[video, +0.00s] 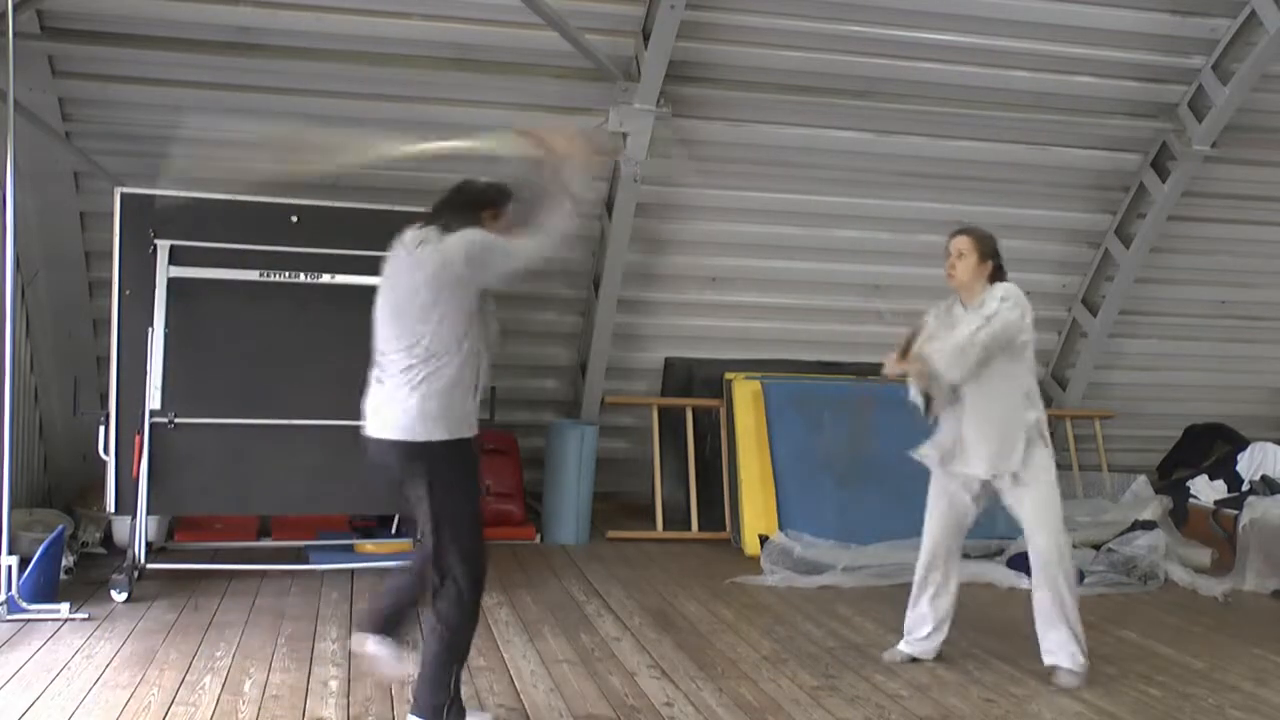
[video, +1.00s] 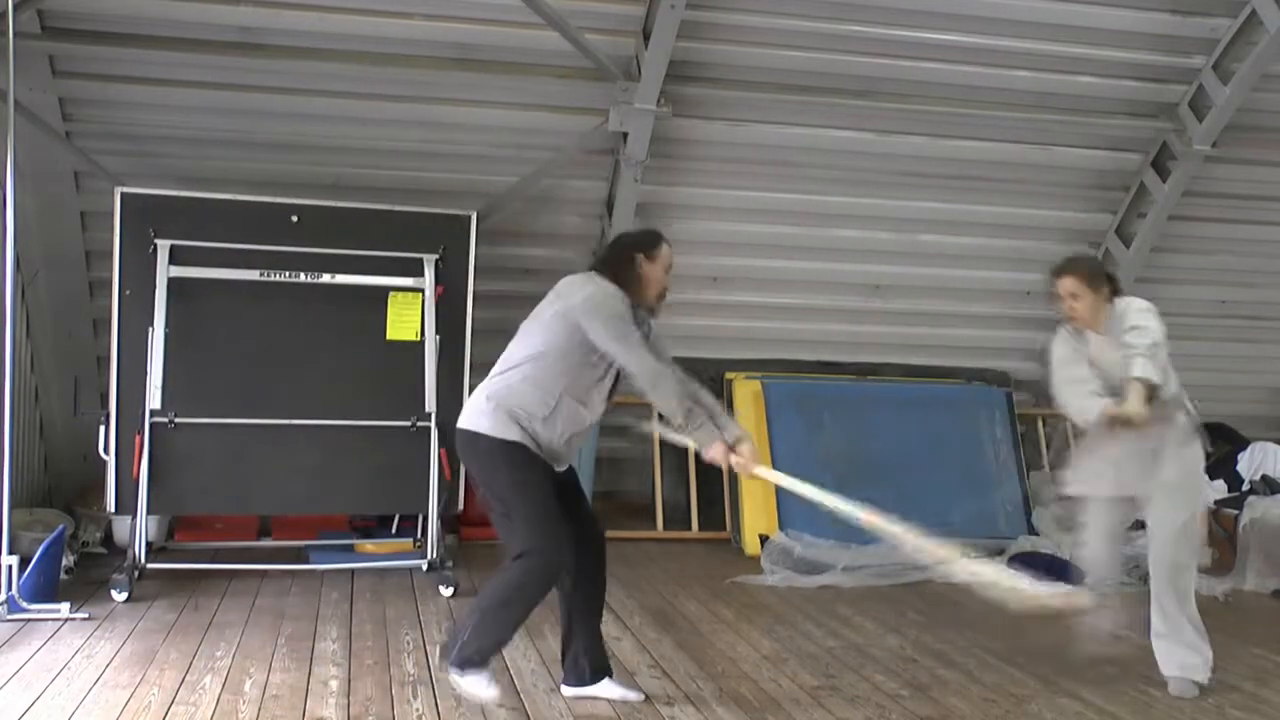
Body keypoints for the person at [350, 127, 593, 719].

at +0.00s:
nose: (502, 234)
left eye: (502, 224)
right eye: (501, 225)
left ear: (455, 208)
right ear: (486, 215)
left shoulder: (405, 244)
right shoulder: (466, 249)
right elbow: (550, 243)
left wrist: (544, 169)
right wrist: (576, 174)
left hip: (391, 428)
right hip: (437, 434)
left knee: (433, 550)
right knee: (461, 574)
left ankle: (378, 630)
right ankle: (435, 707)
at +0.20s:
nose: (548, 239)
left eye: (548, 227)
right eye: (544, 226)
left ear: (508, 224)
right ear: (519, 224)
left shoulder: (464, 263)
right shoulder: (483, 264)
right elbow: (541, 332)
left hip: (470, 436)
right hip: (458, 438)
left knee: (510, 554)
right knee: (495, 568)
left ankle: (518, 668)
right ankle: (437, 700)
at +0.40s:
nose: (588, 247)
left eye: (591, 239)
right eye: (582, 236)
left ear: (568, 235)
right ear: (553, 229)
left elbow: (612, 318)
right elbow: (542, 263)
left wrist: (639, 261)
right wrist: (613, 250)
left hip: (525, 439)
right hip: (474, 433)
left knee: (551, 551)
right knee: (525, 553)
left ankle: (517, 672)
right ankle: (443, 680)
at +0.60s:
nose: (590, 232)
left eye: (596, 225)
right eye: (582, 220)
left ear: (594, 232)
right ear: (559, 214)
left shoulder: (582, 277)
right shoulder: (513, 253)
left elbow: (621, 241)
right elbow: (565, 257)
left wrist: (610, 174)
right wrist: (591, 172)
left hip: (536, 437)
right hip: (487, 426)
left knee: (576, 526)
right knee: (482, 558)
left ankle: (537, 647)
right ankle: (430, 697)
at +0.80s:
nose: (635, 251)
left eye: (636, 241)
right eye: (630, 238)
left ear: (604, 237)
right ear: (604, 234)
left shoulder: (597, 295)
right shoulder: (559, 284)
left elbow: (637, 346)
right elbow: (617, 365)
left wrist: (677, 334)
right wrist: (678, 337)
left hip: (543, 450)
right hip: (502, 440)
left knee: (586, 549)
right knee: (499, 571)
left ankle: (584, 676)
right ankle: (432, 697)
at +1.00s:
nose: (668, 281)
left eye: (670, 270)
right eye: (664, 268)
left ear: (636, 266)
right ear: (637, 263)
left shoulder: (628, 320)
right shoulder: (593, 295)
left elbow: (673, 377)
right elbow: (649, 374)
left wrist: (732, 431)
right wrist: (704, 437)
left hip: (539, 445)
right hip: (495, 429)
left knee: (585, 543)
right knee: (545, 550)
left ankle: (584, 673)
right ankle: (463, 656)